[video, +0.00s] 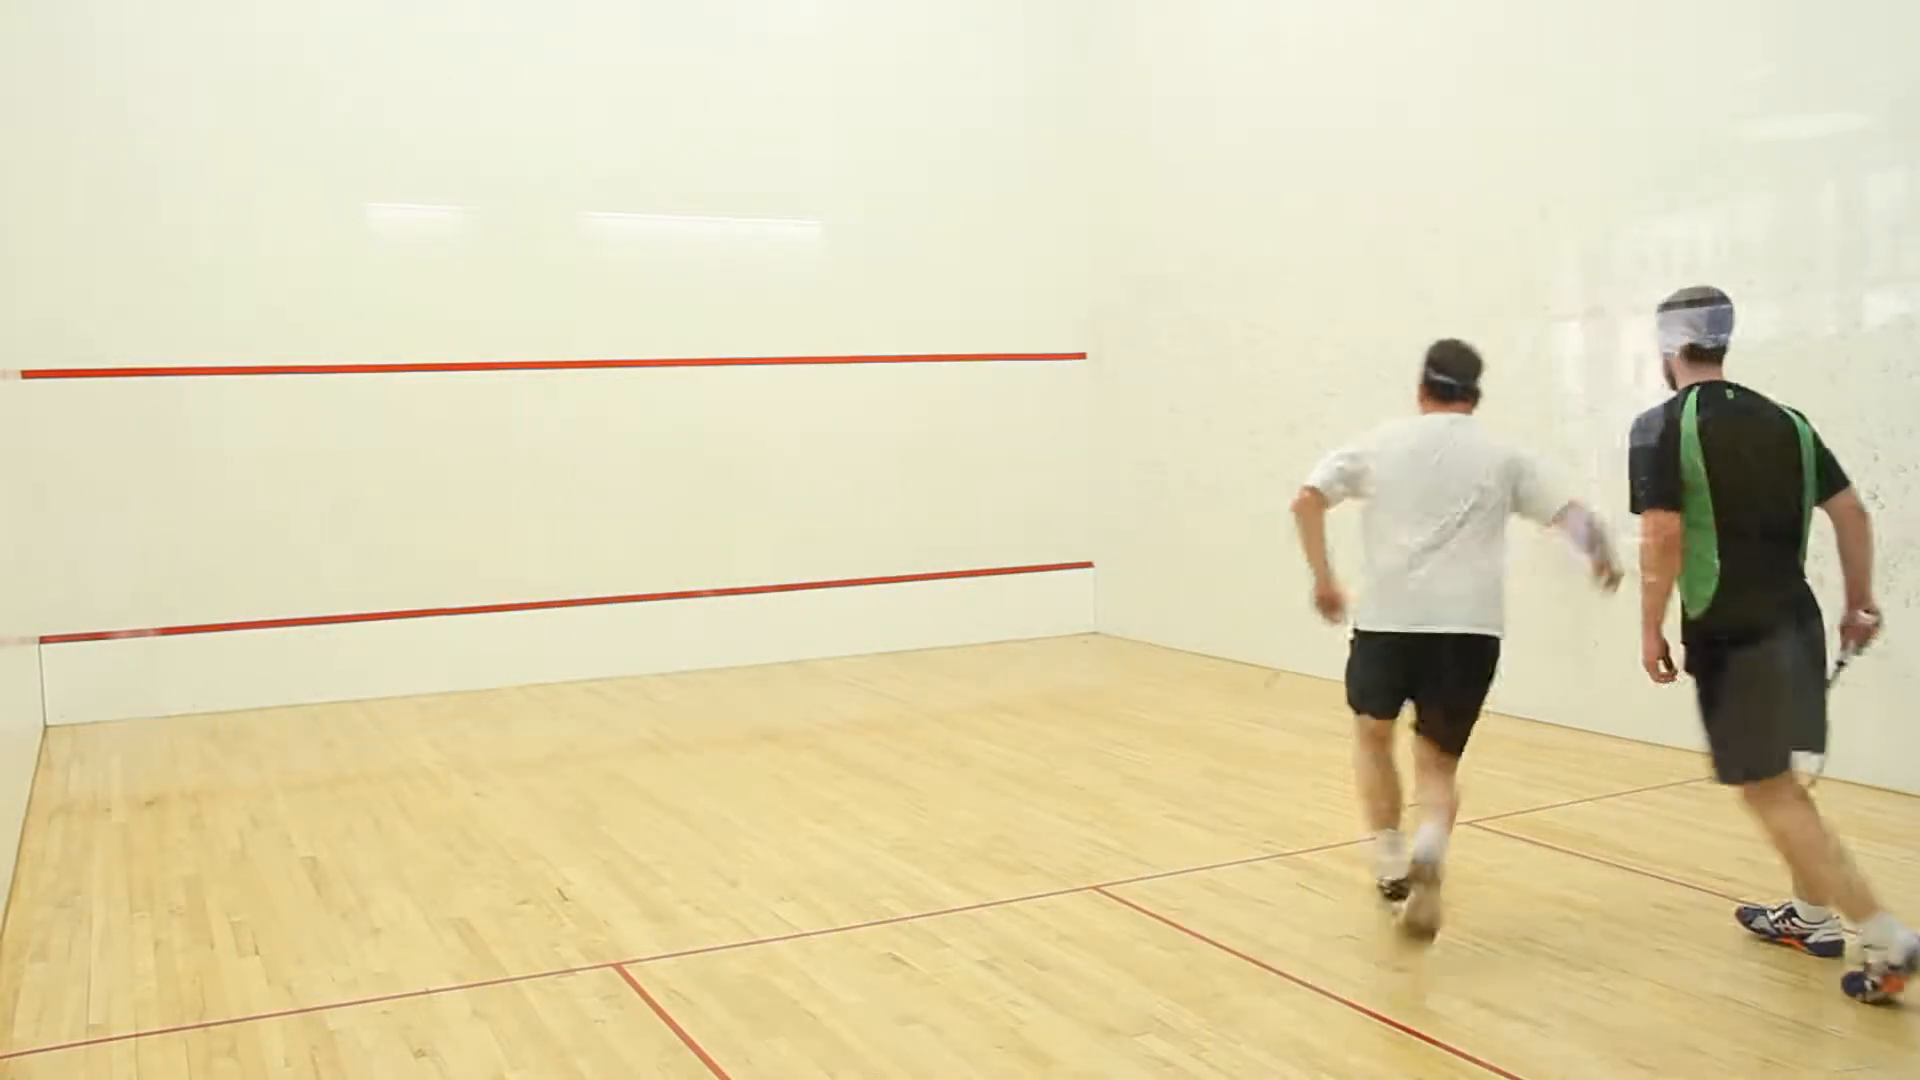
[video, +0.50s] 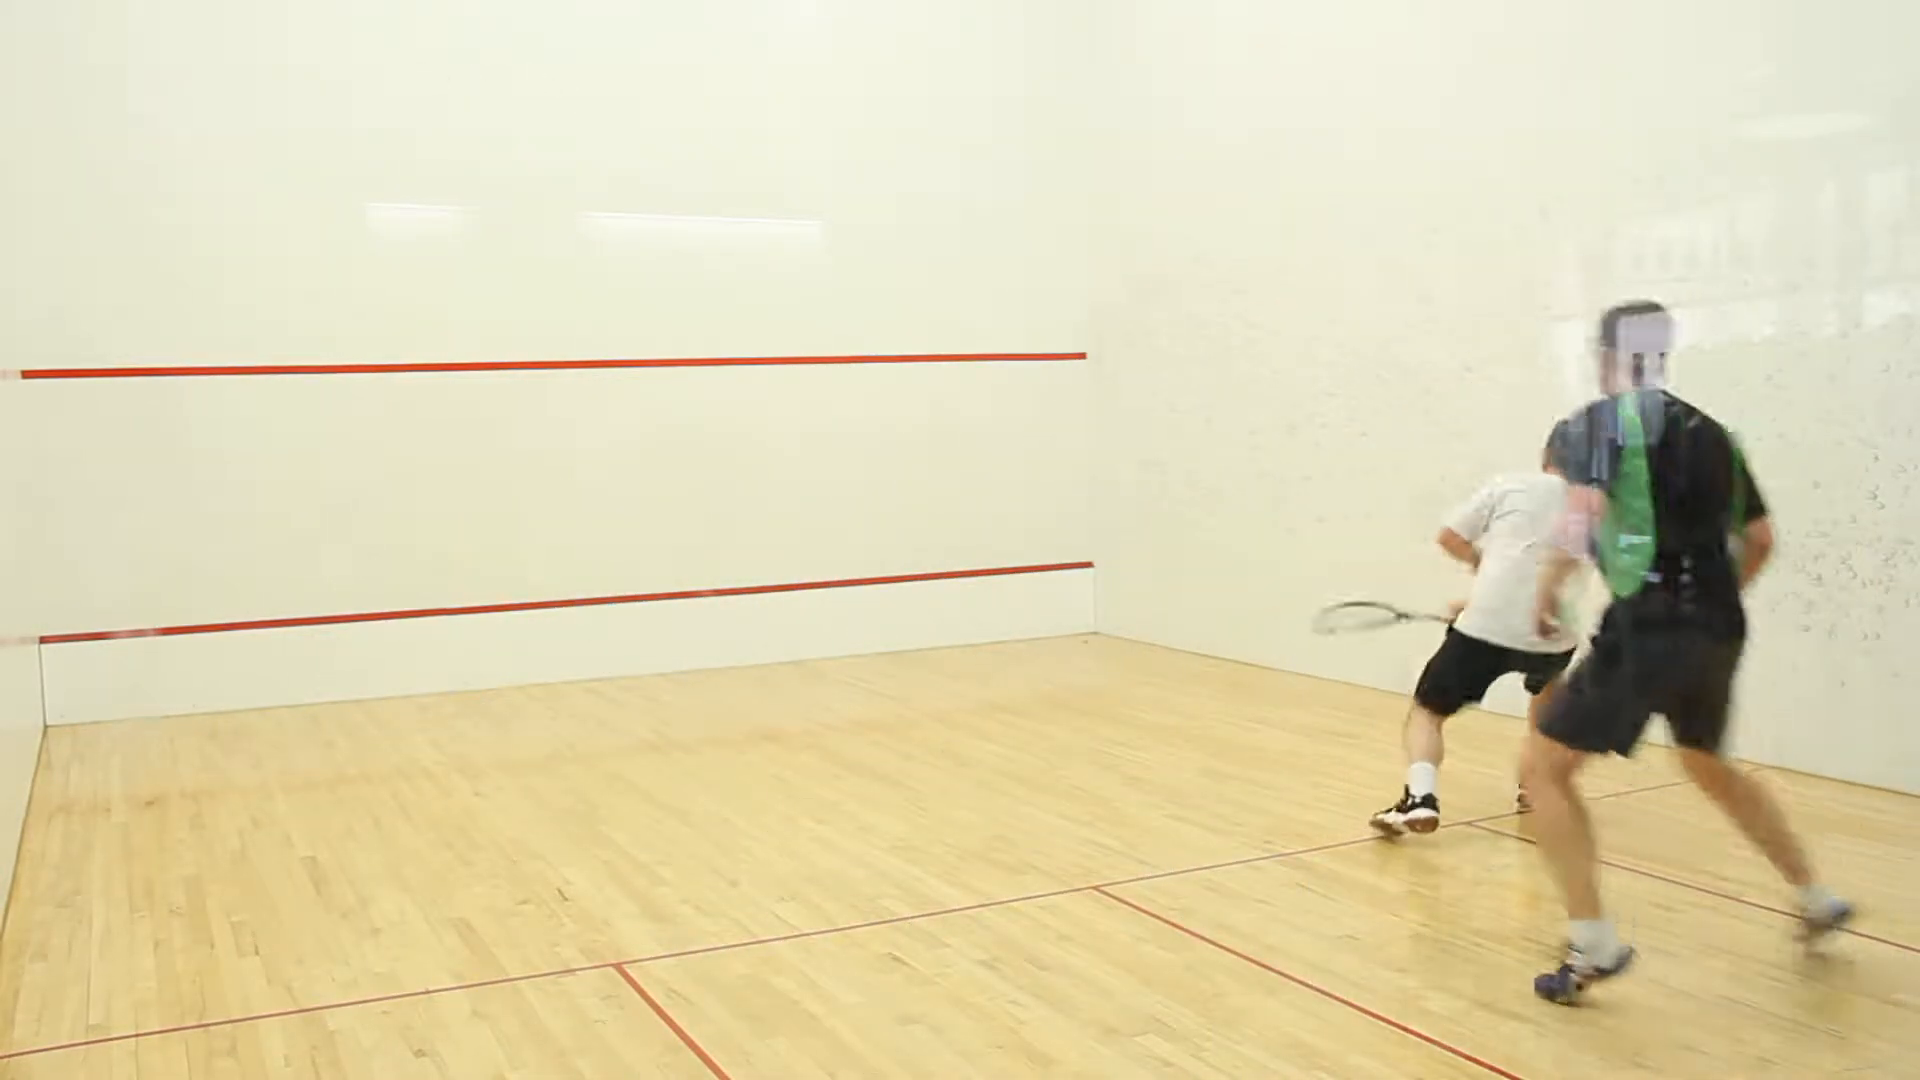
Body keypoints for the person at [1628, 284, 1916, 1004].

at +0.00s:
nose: (1664, 362)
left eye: (1664, 352)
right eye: (1671, 351)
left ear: (1670, 353)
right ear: (1726, 350)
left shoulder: (1661, 425)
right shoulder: (1785, 421)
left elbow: (1663, 537)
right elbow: (1850, 515)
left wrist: (1652, 626)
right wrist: (1859, 603)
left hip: (1732, 635)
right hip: (1796, 624)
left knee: (1767, 786)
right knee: (1776, 774)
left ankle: (1884, 935)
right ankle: (1813, 914)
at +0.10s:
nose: (1675, 353)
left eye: (1673, 342)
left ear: (1674, 343)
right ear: (1734, 341)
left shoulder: (1656, 419)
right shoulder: (1792, 416)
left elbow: (1640, 538)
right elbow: (1856, 514)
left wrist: (1634, 612)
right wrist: (1862, 600)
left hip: (1732, 627)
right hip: (1802, 616)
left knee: (1787, 787)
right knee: (1788, 773)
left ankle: (1885, 937)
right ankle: (1817, 911)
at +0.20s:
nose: (1670, 355)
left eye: (1670, 345)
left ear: (1674, 345)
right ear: (1732, 342)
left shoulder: (1657, 414)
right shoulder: (1794, 413)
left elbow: (1641, 523)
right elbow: (1847, 512)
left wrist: (1629, 601)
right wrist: (1842, 601)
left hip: (1720, 624)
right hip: (1797, 615)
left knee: (1713, 782)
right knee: (1789, 768)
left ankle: (1819, 909)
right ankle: (1857, 917)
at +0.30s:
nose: (1659, 380)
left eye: (1661, 371)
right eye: (1665, 370)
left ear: (1667, 375)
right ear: (1723, 374)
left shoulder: (1652, 447)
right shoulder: (1785, 444)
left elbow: (1645, 548)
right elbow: (1838, 544)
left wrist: (1623, 629)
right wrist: (1809, 625)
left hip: (1716, 648)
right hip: (1794, 643)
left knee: (1645, 787)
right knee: (1807, 787)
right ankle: (1874, 941)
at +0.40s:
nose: (1636, 383)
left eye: (1638, 372)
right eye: (1647, 371)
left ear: (1643, 374)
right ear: (1698, 375)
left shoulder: (1628, 449)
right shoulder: (1756, 446)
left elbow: (1616, 543)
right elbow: (1806, 553)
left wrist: (1592, 624)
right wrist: (1766, 615)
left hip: (1684, 653)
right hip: (1762, 650)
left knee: (1597, 792)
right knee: (1784, 788)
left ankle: (1624, 960)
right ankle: (1872, 938)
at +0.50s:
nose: (1601, 368)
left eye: (1603, 357)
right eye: (1614, 356)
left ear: (1608, 358)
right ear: (1665, 357)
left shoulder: (1590, 427)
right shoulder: (1710, 432)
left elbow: (1580, 517)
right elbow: (1760, 537)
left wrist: (1547, 593)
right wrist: (1716, 596)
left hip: (1642, 630)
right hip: (1716, 629)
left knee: (1543, 767)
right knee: (1704, 759)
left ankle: (1595, 941)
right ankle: (1813, 894)